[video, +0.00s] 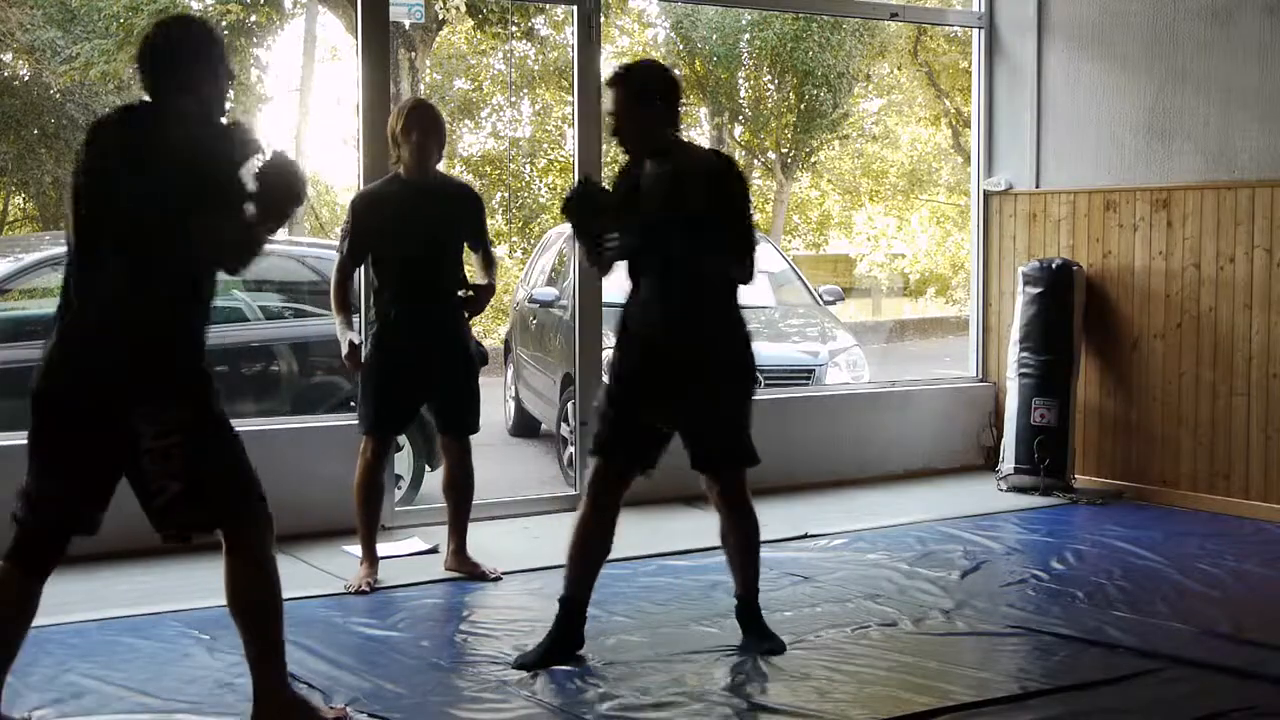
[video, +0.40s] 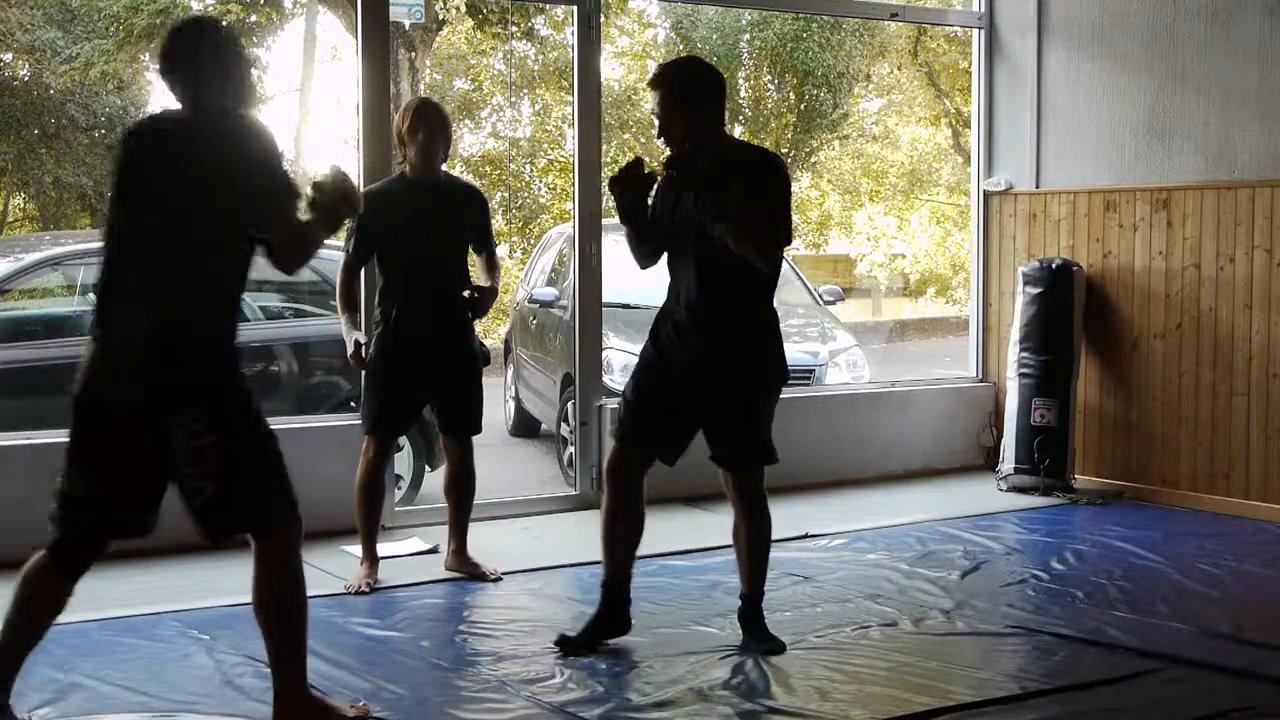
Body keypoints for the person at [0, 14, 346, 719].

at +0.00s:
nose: (231, 85)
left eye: (227, 70)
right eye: (223, 70)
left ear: (151, 73)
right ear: (200, 73)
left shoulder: (104, 135)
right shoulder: (205, 142)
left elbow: (138, 236)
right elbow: (231, 252)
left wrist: (224, 159)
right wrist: (274, 205)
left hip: (75, 371)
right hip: (163, 376)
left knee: (30, 548)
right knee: (247, 528)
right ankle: (274, 696)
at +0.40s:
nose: (249, 74)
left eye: (243, 60)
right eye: (240, 61)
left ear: (172, 74)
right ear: (220, 69)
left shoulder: (142, 138)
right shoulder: (244, 138)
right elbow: (289, 252)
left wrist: (292, 214)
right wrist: (331, 213)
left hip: (117, 371)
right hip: (200, 373)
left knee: (72, 544)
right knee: (277, 528)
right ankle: (293, 696)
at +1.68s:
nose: (284, 83)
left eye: (280, 71)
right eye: (273, 72)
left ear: (219, 82)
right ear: (246, 80)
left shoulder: (184, 145)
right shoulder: (254, 146)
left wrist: (306, 148)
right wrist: (307, 145)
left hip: (165, 373)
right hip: (231, 374)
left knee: (111, 540)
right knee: (321, 520)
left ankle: (33, 696)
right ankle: (317, 692)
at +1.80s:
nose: (310, 80)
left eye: (308, 67)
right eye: (304, 67)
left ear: (239, 72)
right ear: (285, 71)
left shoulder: (204, 134)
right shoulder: (309, 133)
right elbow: (386, 142)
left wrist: (307, 84)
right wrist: (380, 62)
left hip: (222, 355)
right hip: (297, 353)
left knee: (232, 511)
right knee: (353, 505)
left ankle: (212, 549)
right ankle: (326, 680)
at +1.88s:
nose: (315, 61)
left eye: (312, 50)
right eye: (311, 49)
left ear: (241, 52)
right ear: (298, 52)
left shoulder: (205, 117)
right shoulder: (314, 110)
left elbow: (213, 227)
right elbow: (414, 130)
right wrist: (410, 62)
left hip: (251, 336)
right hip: (326, 323)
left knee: (288, 493)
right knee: (397, 441)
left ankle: (326, 649)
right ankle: (377, 569)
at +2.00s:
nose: (332, 84)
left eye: (331, 71)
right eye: (327, 71)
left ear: (268, 71)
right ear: (302, 73)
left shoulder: (227, 133)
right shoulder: (326, 133)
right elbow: (404, 169)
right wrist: (443, 139)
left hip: (270, 347)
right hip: (340, 333)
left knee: (334, 524)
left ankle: (354, 679)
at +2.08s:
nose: (350, 100)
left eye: (349, 89)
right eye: (347, 86)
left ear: (280, 78)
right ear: (334, 84)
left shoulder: (231, 138)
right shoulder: (353, 147)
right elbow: (405, 230)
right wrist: (481, 199)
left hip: (299, 352)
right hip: (372, 330)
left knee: (356, 530)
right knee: (500, 311)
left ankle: (356, 680)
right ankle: (610, 390)